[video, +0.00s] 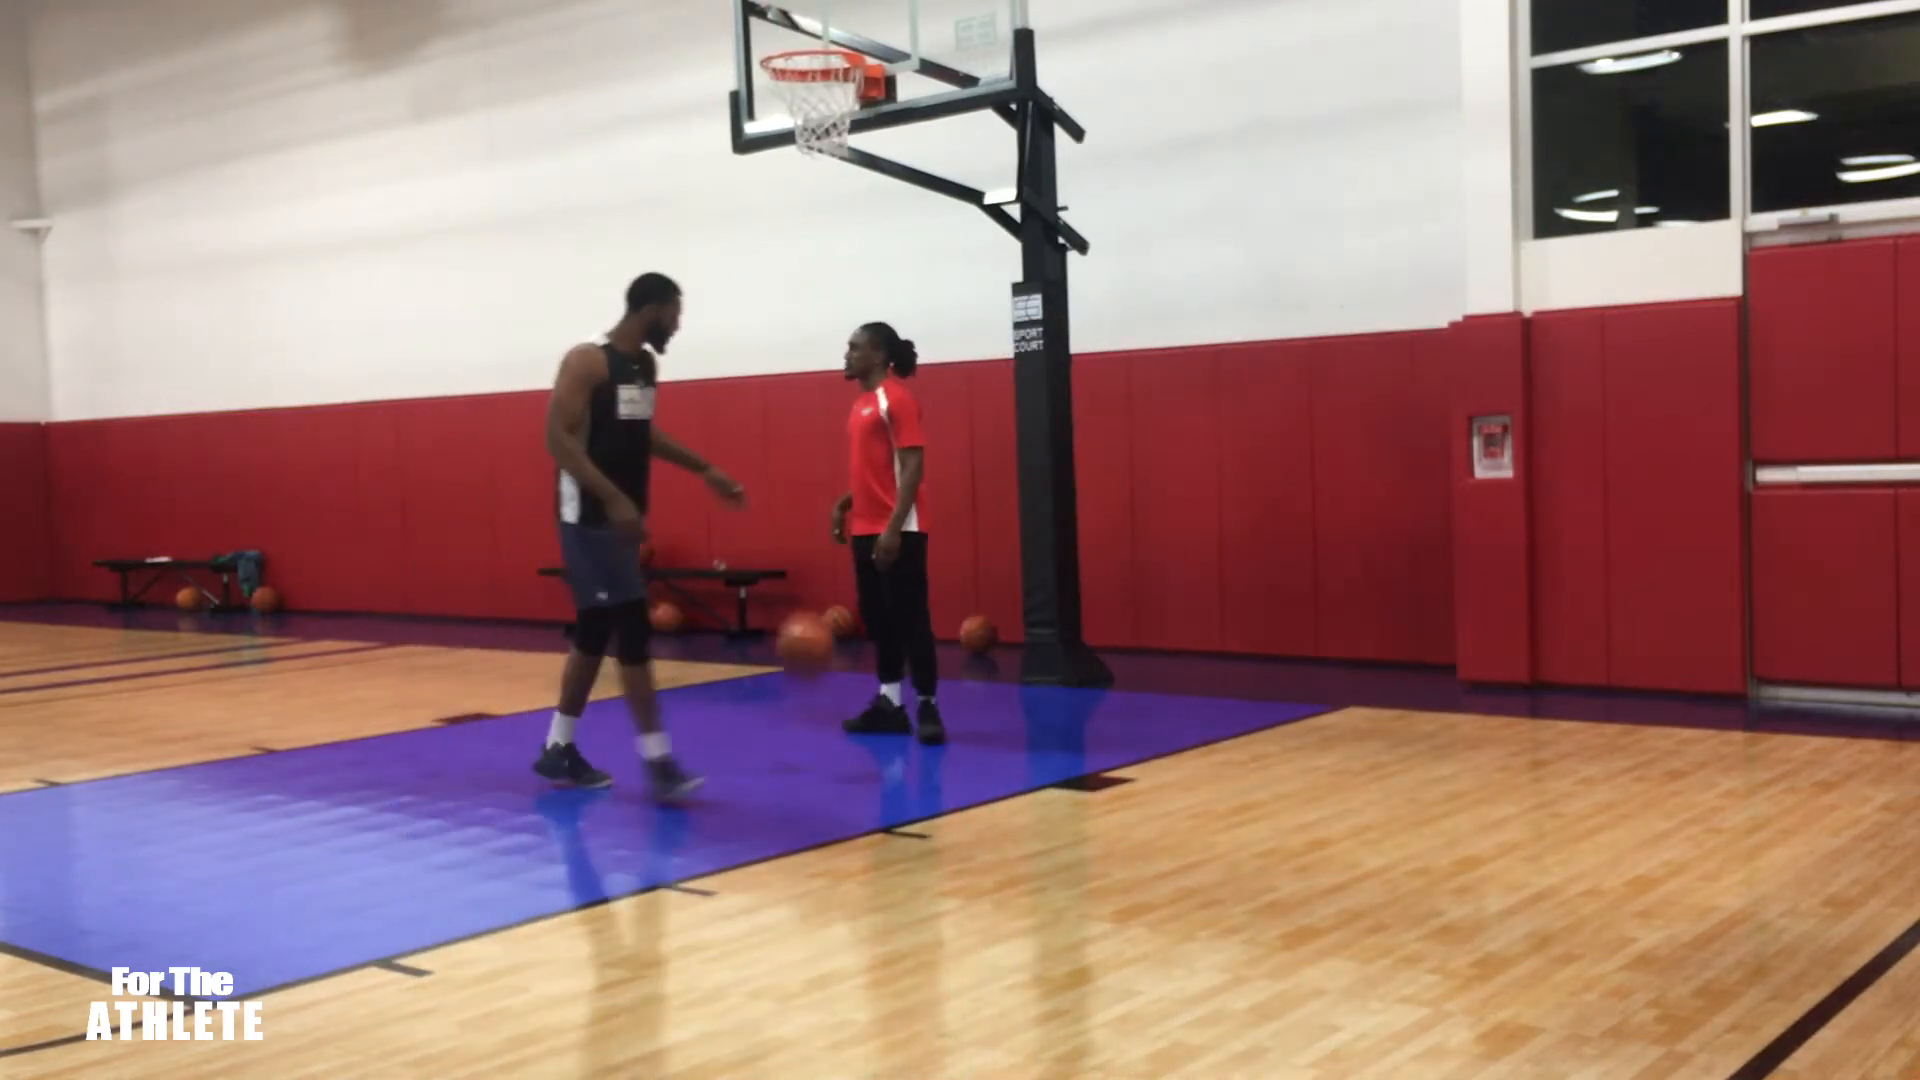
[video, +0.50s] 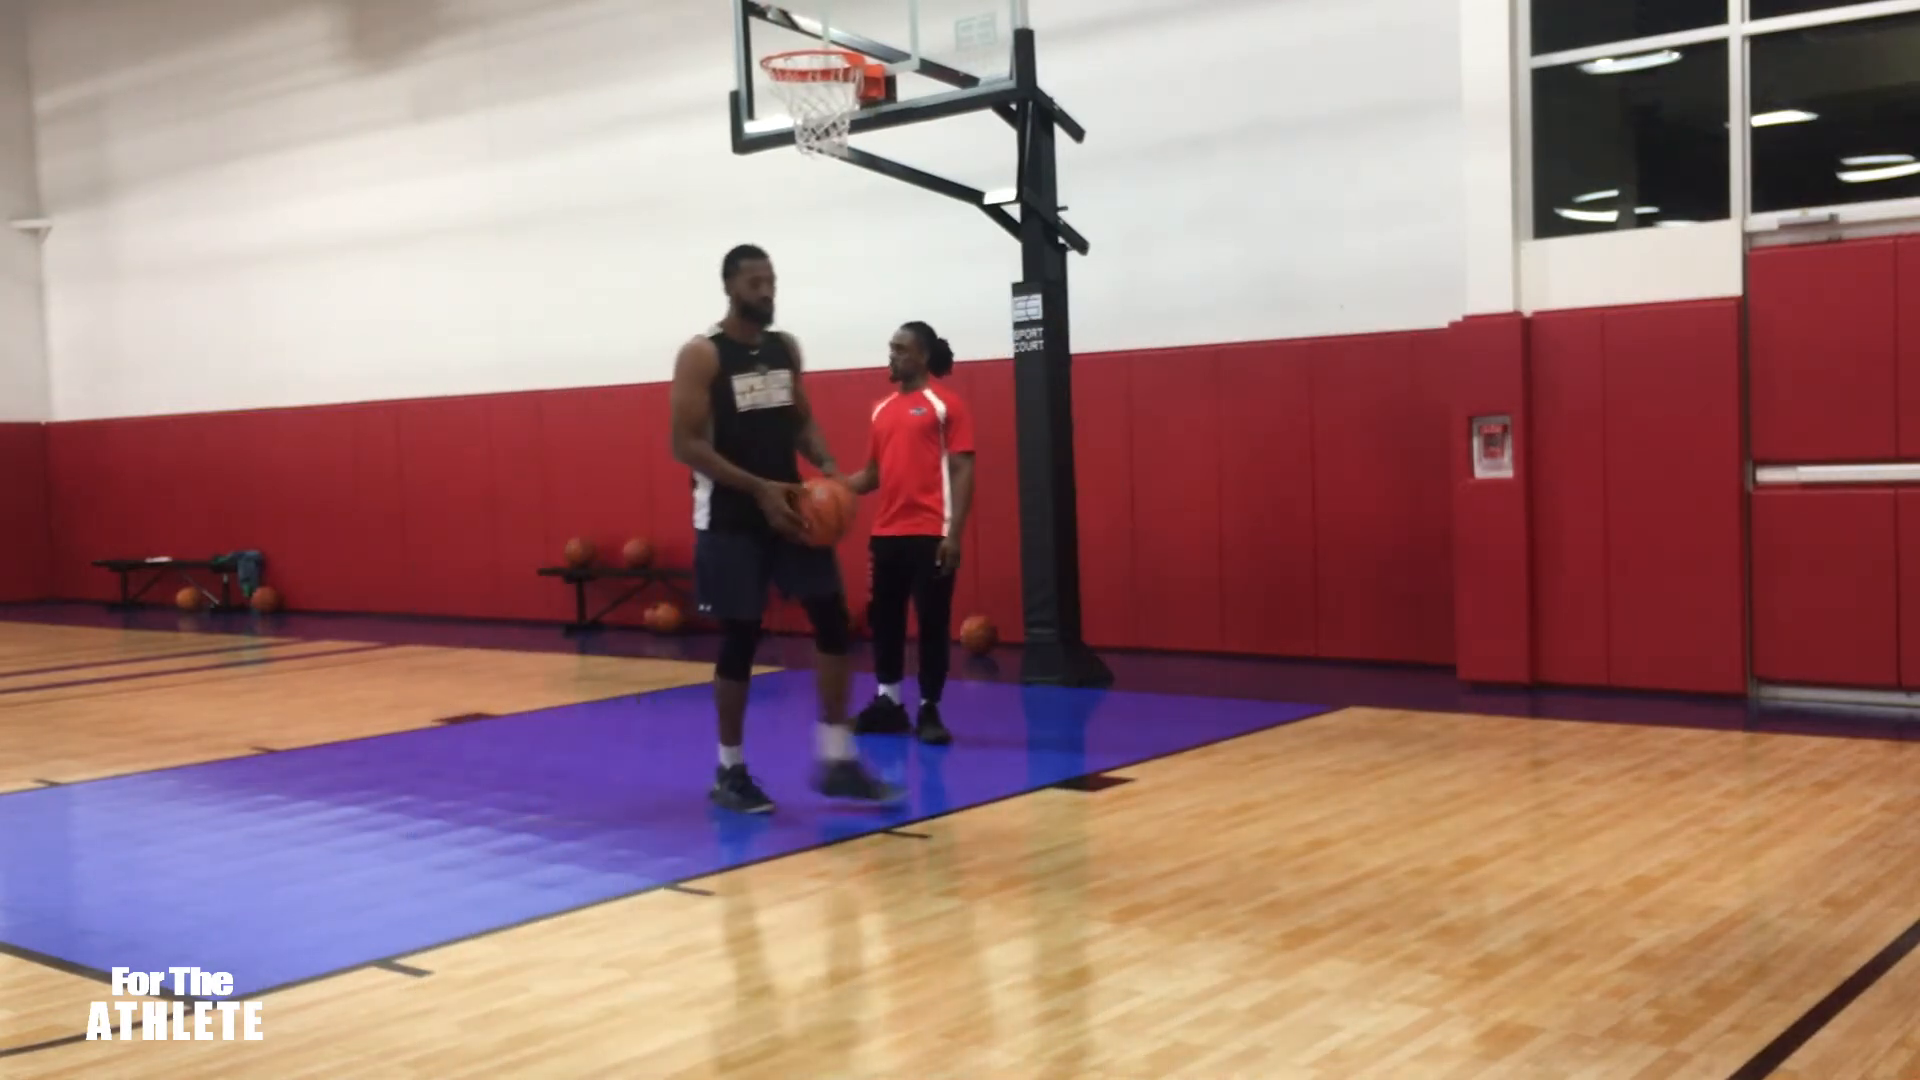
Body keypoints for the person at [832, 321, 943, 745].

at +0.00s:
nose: (847, 355)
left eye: (855, 348)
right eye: (848, 348)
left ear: (880, 355)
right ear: (867, 355)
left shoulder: (897, 398)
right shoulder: (864, 401)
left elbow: (911, 465)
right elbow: (872, 469)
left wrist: (893, 528)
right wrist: (845, 502)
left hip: (900, 530)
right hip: (868, 531)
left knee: (912, 618)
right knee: (879, 619)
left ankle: (927, 706)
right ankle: (888, 702)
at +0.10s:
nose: (853, 355)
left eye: (862, 348)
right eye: (855, 348)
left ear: (886, 355)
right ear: (873, 356)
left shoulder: (905, 398)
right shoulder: (867, 403)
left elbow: (917, 464)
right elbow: (870, 472)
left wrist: (906, 530)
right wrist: (834, 501)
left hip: (902, 533)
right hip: (870, 533)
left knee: (912, 619)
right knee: (879, 618)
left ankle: (925, 707)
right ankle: (889, 703)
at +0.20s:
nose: (862, 355)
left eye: (870, 349)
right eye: (863, 348)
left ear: (895, 355)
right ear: (878, 355)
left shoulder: (915, 397)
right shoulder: (871, 405)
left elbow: (928, 465)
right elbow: (870, 471)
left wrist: (917, 532)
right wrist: (823, 496)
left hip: (907, 534)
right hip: (874, 534)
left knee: (915, 621)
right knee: (880, 618)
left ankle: (926, 708)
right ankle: (889, 703)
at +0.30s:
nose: (872, 354)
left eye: (882, 348)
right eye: (873, 347)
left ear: (907, 355)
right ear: (882, 354)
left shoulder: (925, 400)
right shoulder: (874, 407)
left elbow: (939, 468)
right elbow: (872, 468)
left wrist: (928, 533)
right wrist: (826, 488)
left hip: (915, 533)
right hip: (879, 534)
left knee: (920, 621)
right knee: (884, 619)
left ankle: (927, 708)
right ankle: (889, 703)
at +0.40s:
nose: (882, 354)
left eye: (891, 349)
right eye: (883, 348)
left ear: (917, 356)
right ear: (888, 355)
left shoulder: (938, 403)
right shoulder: (878, 410)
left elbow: (951, 470)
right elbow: (871, 471)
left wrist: (941, 534)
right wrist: (825, 486)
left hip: (924, 532)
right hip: (883, 534)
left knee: (928, 622)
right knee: (883, 617)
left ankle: (929, 708)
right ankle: (889, 703)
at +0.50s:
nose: (892, 355)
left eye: (901, 349)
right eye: (891, 348)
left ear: (925, 356)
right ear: (892, 352)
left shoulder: (947, 402)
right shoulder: (882, 408)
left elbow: (962, 469)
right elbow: (874, 473)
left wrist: (953, 534)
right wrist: (832, 489)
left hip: (930, 532)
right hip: (888, 532)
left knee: (932, 623)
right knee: (885, 616)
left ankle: (929, 707)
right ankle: (888, 701)